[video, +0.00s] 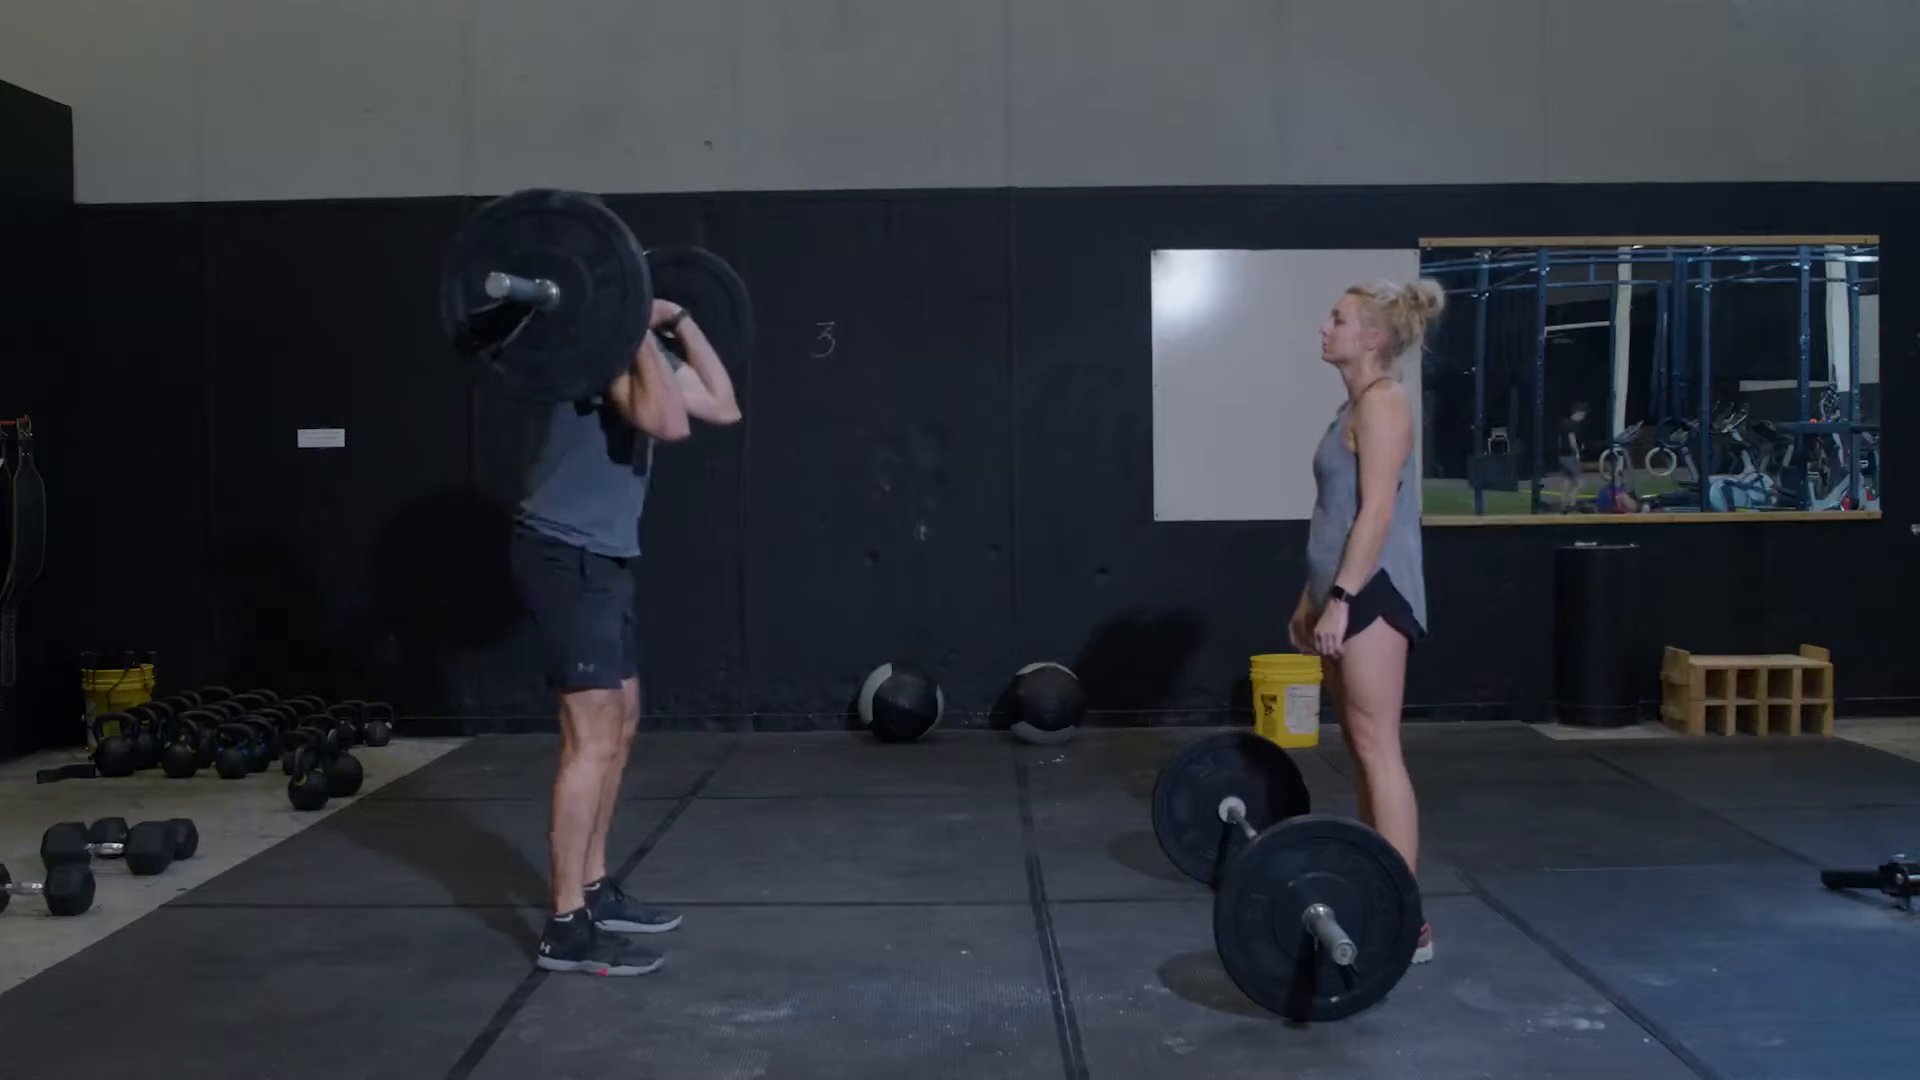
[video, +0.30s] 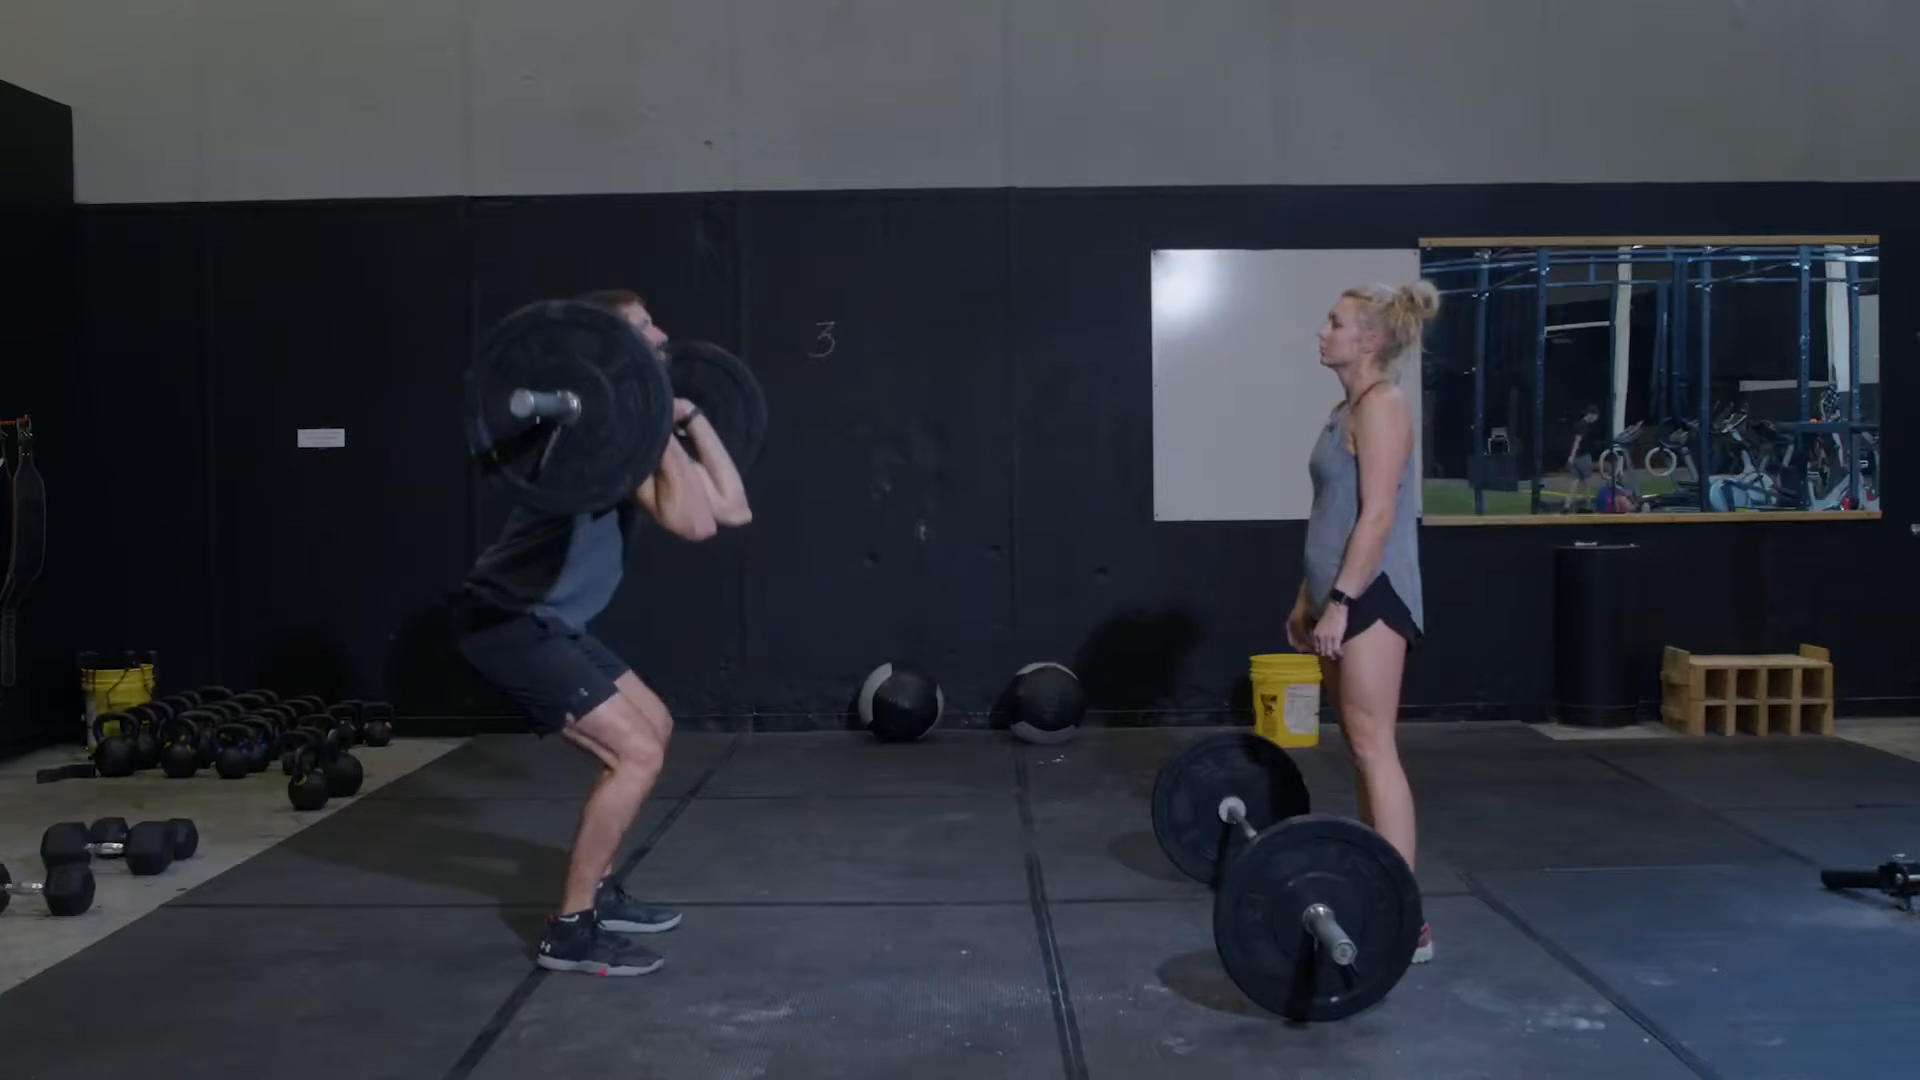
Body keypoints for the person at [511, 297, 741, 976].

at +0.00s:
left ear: (619, 294)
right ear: (603, 295)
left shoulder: (637, 355)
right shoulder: (590, 345)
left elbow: (722, 404)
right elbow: (666, 419)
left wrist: (680, 321)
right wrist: (640, 333)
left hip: (606, 556)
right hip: (567, 553)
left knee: (620, 722)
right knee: (595, 734)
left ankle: (592, 892)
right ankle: (564, 923)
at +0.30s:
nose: (663, 338)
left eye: (655, 325)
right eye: (645, 330)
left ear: (646, 341)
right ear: (611, 353)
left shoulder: (645, 421)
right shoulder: (601, 426)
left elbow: (735, 509)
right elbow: (693, 521)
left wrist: (693, 419)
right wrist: (664, 430)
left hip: (553, 618)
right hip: (510, 623)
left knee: (654, 726)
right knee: (637, 753)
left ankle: (590, 893)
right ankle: (569, 926)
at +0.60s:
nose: (670, 448)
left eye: (663, 436)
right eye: (654, 438)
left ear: (634, 461)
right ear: (623, 458)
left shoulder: (642, 531)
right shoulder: (608, 534)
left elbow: (730, 626)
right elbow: (683, 652)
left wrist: (693, 532)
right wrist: (660, 544)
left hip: (541, 696)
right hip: (500, 716)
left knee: (671, 732)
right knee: (663, 770)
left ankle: (604, 895)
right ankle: (572, 927)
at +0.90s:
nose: (671, 486)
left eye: (663, 474)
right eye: (655, 478)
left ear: (627, 498)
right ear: (622, 497)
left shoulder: (637, 560)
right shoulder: (612, 565)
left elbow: (719, 667)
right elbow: (676, 691)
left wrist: (690, 573)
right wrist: (655, 578)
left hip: (531, 718)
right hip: (493, 740)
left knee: (668, 736)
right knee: (662, 771)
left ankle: (603, 896)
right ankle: (573, 928)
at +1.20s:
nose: (663, 429)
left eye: (658, 416)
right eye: (648, 419)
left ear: (637, 434)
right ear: (610, 434)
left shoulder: (628, 505)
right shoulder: (593, 506)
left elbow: (708, 607)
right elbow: (663, 621)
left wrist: (676, 505)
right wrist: (649, 506)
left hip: (525, 668)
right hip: (484, 683)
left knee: (653, 728)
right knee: (639, 761)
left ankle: (600, 894)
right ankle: (569, 928)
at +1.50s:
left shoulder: (609, 393)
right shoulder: (566, 392)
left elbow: (708, 475)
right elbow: (670, 476)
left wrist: (658, 381)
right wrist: (636, 388)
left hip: (560, 599)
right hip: (518, 597)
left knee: (647, 728)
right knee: (621, 746)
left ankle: (595, 893)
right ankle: (567, 925)